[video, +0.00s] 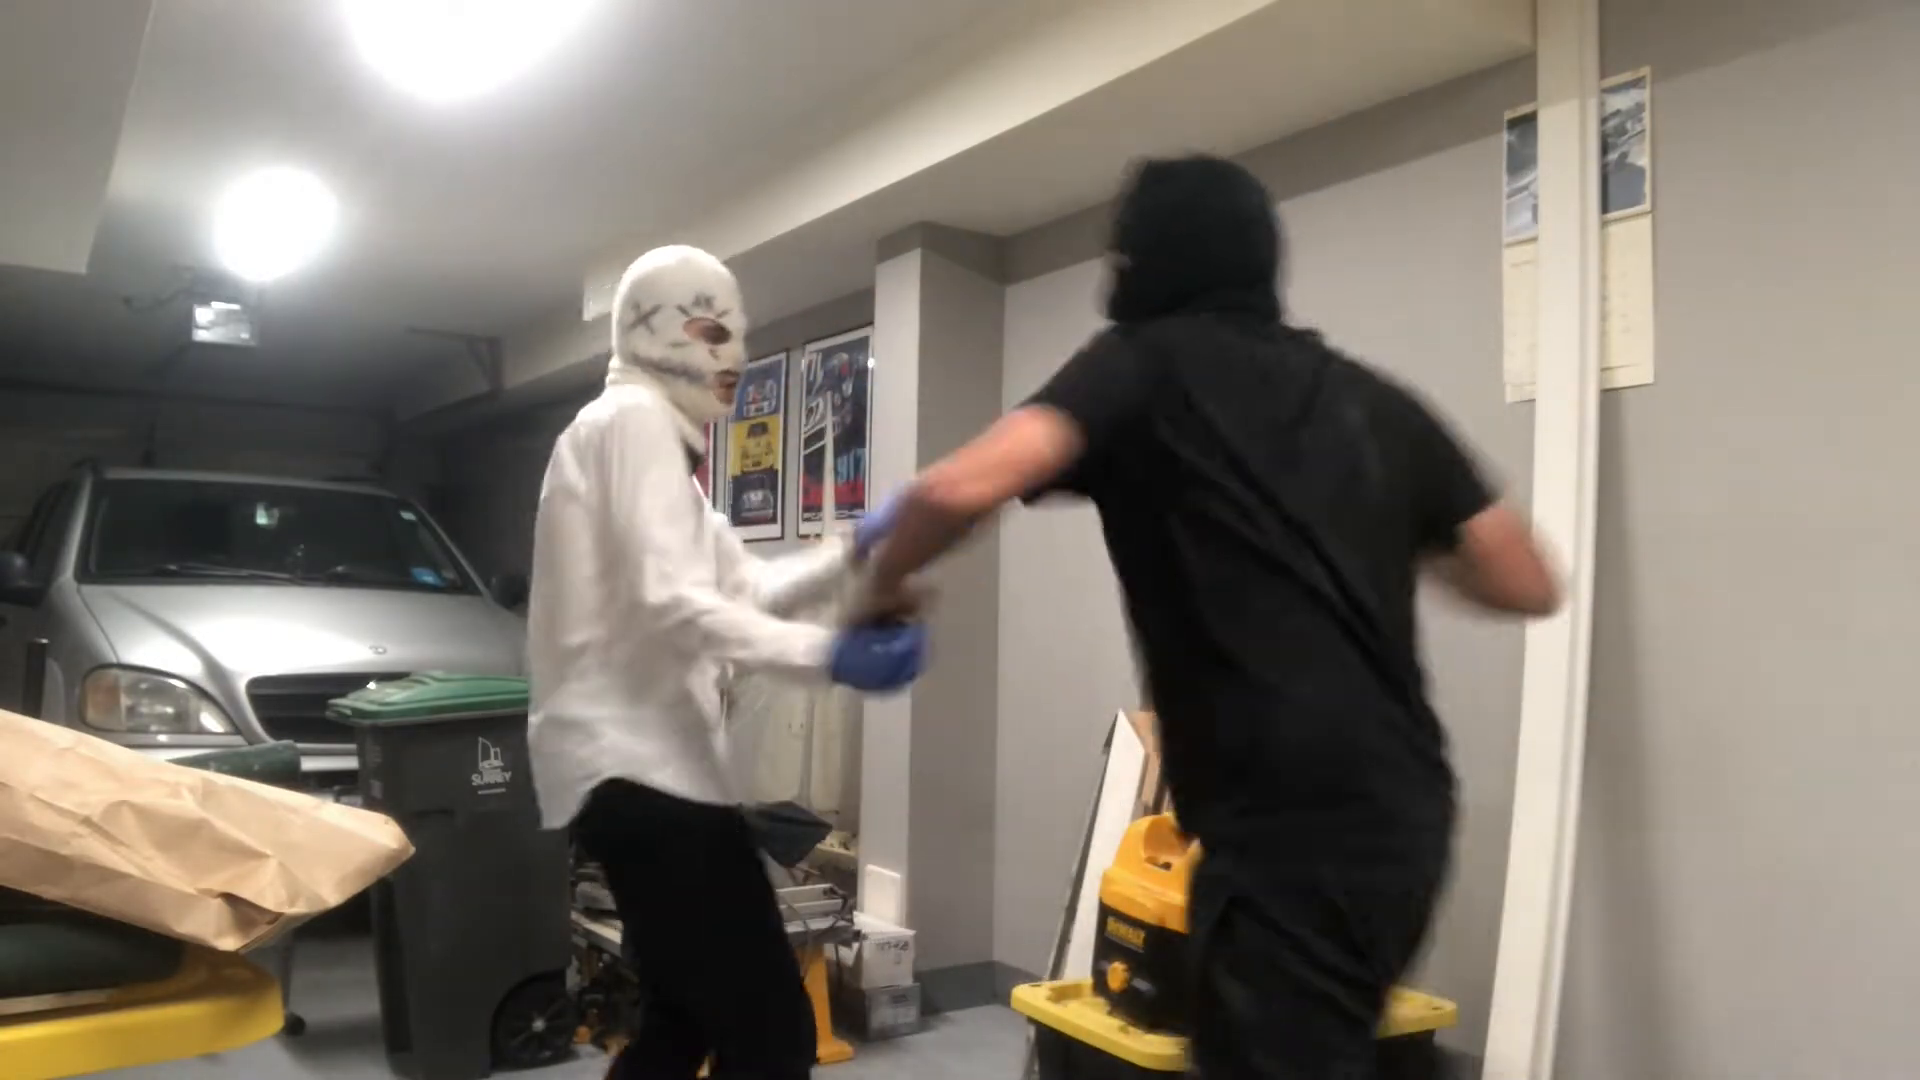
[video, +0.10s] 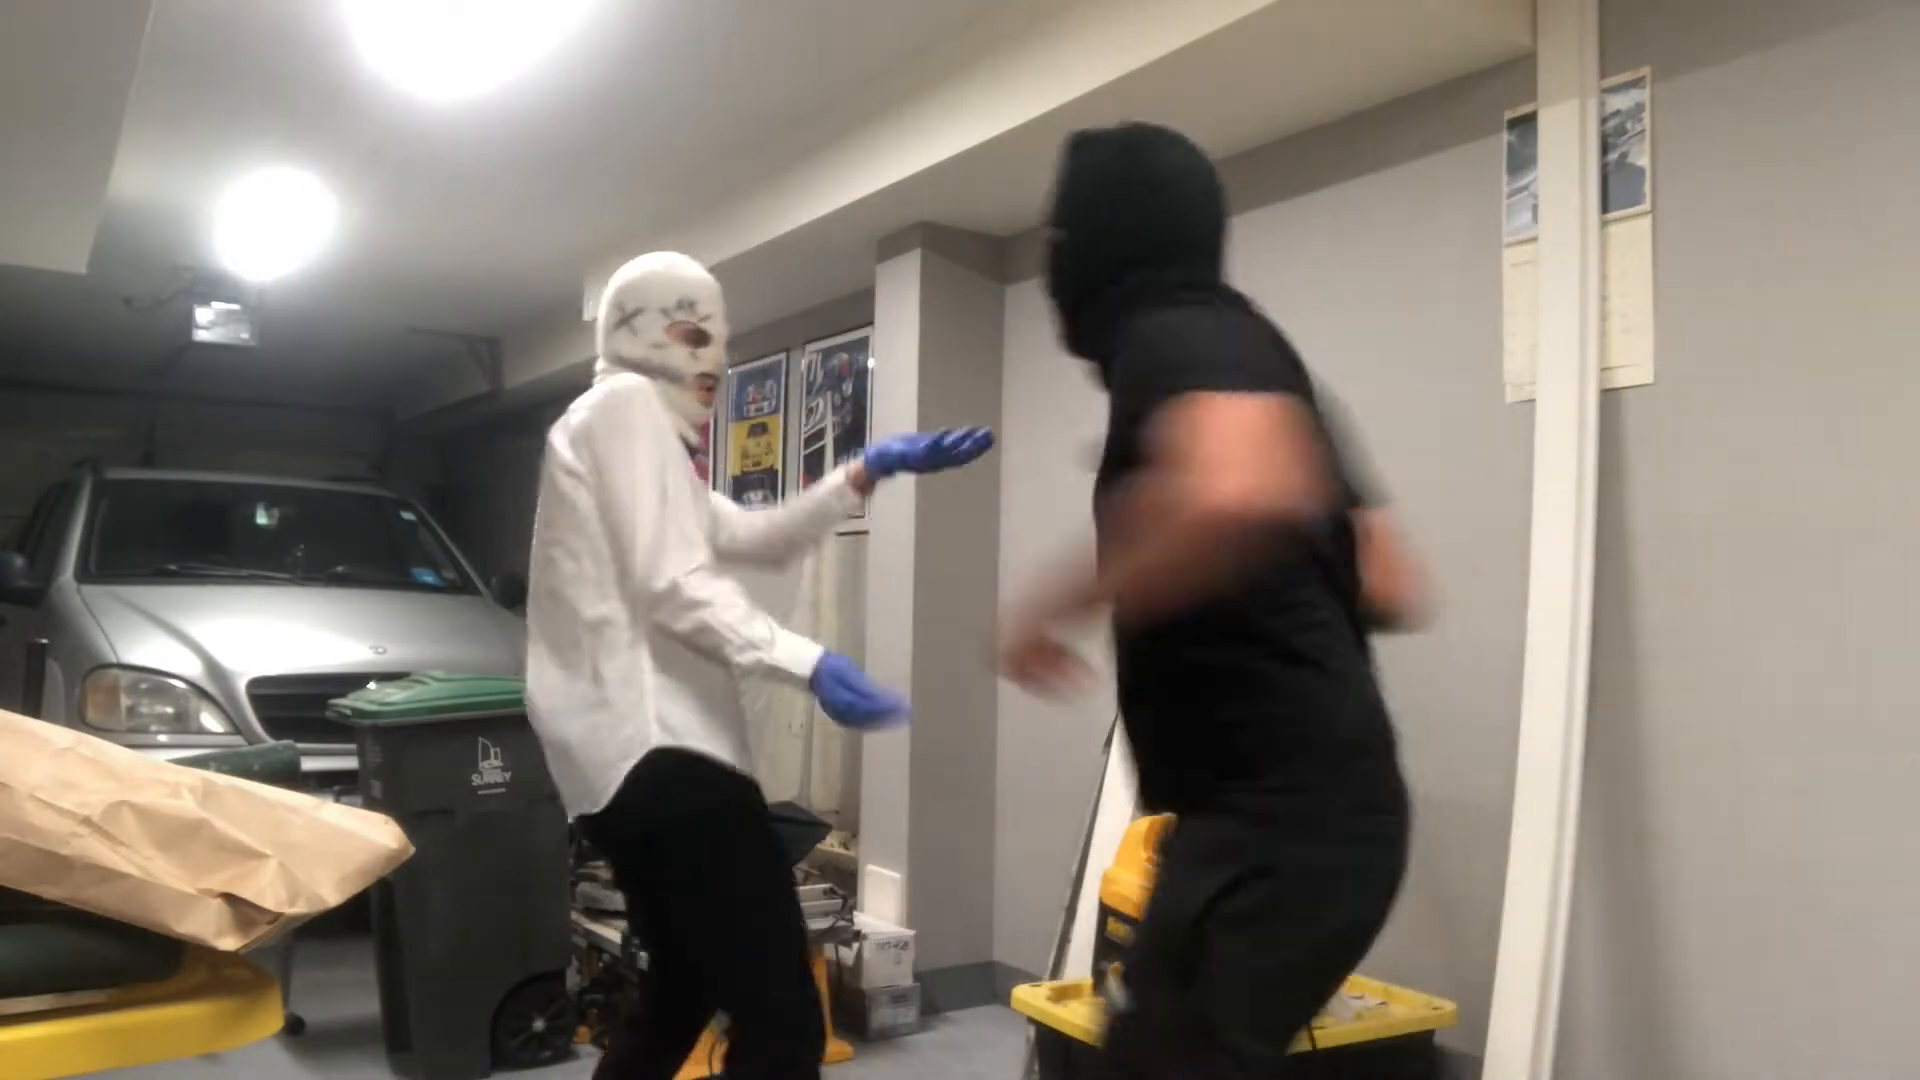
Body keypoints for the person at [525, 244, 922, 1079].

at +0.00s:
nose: (732, 357)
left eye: (734, 336)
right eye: (715, 333)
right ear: (663, 331)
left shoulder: (650, 444)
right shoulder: (630, 421)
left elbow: (747, 595)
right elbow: (670, 600)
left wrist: (855, 552)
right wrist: (829, 651)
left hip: (646, 768)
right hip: (642, 770)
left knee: (680, 1020)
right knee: (770, 1029)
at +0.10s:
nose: (710, 349)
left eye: (715, 332)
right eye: (691, 328)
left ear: (716, 335)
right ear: (639, 328)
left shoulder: (630, 424)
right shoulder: (623, 410)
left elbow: (752, 538)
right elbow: (670, 588)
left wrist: (865, 468)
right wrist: (806, 662)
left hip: (625, 755)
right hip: (661, 749)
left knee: (680, 988)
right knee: (780, 1006)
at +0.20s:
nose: (683, 367)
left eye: (689, 349)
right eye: (665, 346)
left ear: (698, 354)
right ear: (616, 346)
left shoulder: (622, 445)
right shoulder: (598, 426)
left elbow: (734, 559)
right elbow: (641, 599)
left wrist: (845, 490)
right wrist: (806, 637)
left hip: (639, 749)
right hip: (653, 749)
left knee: (678, 986)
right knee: (793, 998)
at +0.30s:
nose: (664, 392)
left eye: (669, 375)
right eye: (639, 371)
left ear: (673, 375)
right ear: (588, 369)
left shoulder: (593, 458)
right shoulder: (573, 438)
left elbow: (691, 575)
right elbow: (630, 596)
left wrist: (799, 522)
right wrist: (786, 582)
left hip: (615, 769)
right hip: (634, 763)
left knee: (672, 999)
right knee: (818, 976)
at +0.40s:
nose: (651, 381)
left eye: (658, 366)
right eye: (628, 359)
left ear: (665, 371)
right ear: (580, 361)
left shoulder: (542, 443)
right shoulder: (573, 421)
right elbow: (609, 572)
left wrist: (769, 591)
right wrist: (776, 575)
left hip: (563, 758)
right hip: (616, 738)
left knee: (640, 973)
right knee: (839, 906)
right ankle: (825, 1067)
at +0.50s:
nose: (654, 359)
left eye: (663, 345)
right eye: (630, 334)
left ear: (670, 354)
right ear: (581, 336)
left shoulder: (556, 438)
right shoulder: (578, 391)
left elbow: (649, 609)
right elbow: (586, 496)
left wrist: (761, 561)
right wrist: (755, 491)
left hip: (556, 737)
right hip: (615, 705)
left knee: (609, 993)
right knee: (851, 852)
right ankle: (809, 1068)